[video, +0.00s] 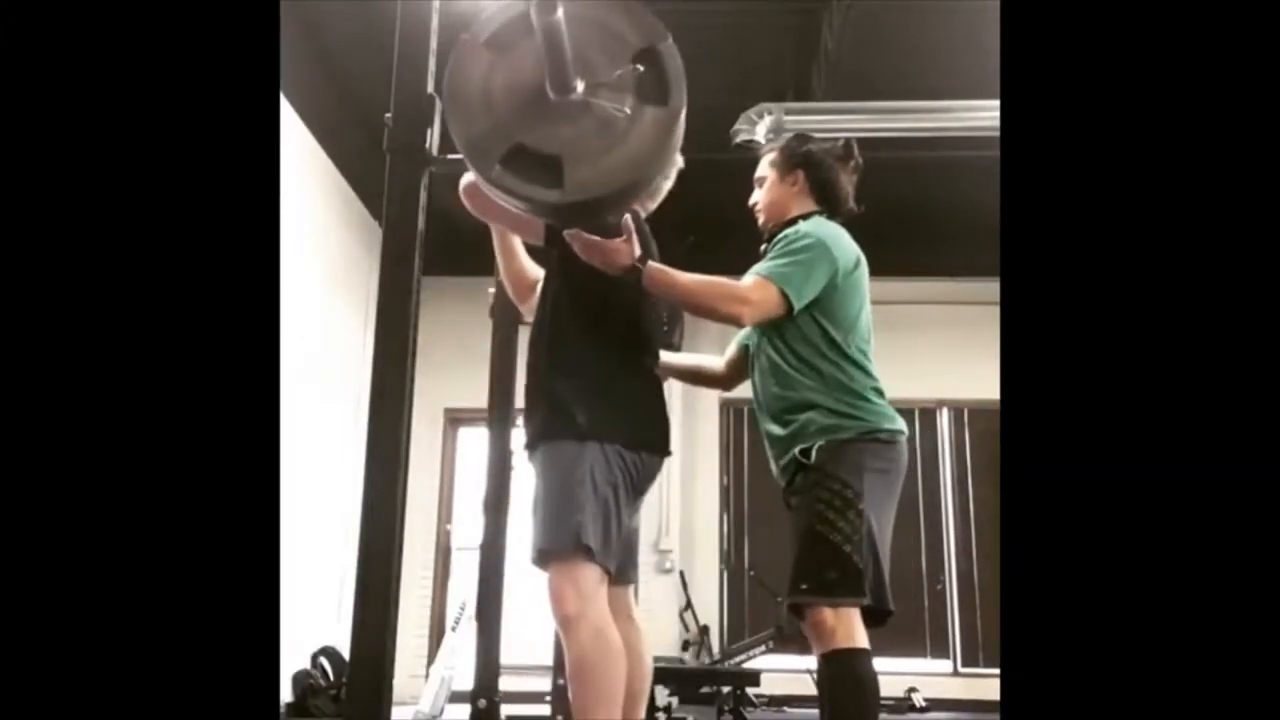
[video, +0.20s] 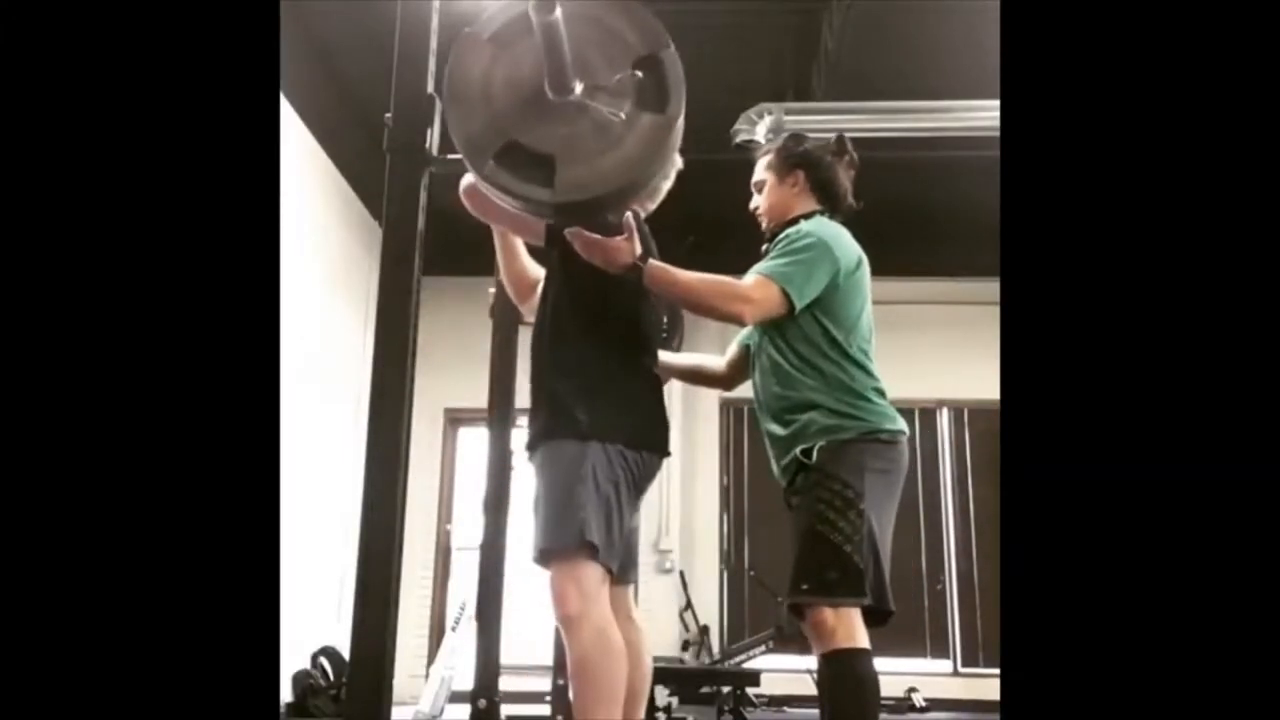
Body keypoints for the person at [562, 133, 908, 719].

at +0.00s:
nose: (751, 199)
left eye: (761, 184)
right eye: (753, 186)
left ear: (796, 181)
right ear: (795, 186)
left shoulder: (820, 238)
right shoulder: (784, 269)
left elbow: (749, 303)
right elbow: (726, 373)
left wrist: (637, 267)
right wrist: (641, 354)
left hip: (852, 442)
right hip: (816, 453)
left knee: (830, 611)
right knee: (822, 616)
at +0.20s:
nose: (752, 203)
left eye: (760, 187)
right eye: (751, 190)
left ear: (796, 182)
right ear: (795, 187)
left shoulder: (822, 238)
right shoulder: (786, 270)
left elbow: (750, 301)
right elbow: (727, 372)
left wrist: (638, 264)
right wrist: (643, 355)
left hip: (853, 443)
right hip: (817, 453)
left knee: (831, 610)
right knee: (823, 616)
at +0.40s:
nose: (690, 387)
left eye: (696, 372)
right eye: (690, 374)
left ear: (733, 370)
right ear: (736, 374)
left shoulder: (780, 417)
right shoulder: (754, 437)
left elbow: (736, 522)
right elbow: (720, 555)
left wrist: (622, 522)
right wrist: (636, 551)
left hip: (936, 557)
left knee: (792, 602)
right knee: (793, 610)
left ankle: (826, 714)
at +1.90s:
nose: (696, 305)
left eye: (702, 290)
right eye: (696, 292)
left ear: (736, 288)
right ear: (739, 289)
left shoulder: (779, 338)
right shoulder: (760, 355)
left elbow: (731, 428)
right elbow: (724, 464)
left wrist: (613, 424)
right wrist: (677, 512)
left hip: (912, 490)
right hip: (877, 497)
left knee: (806, 604)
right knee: (804, 607)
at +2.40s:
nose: (704, 246)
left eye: (713, 231)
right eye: (707, 232)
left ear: (750, 231)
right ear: (751, 235)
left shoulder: (776, 284)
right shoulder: (757, 301)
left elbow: (713, 362)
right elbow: (714, 412)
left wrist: (604, 335)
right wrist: (663, 443)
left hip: (884, 458)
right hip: (855, 466)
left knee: (811, 604)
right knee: (810, 608)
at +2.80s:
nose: (728, 200)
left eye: (737, 187)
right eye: (731, 187)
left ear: (767, 190)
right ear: (773, 193)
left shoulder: (788, 245)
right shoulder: (763, 268)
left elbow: (741, 311)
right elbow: (714, 380)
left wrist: (643, 252)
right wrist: (644, 349)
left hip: (843, 443)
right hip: (817, 453)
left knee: (821, 615)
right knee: (820, 618)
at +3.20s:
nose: (725, 194)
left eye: (733, 183)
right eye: (729, 182)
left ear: (756, 192)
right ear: (774, 198)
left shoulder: (775, 245)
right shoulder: (742, 298)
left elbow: (665, 247)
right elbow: (661, 326)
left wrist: (570, 196)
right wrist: (577, 303)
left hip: (841, 444)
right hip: (816, 455)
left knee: (816, 614)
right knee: (813, 617)